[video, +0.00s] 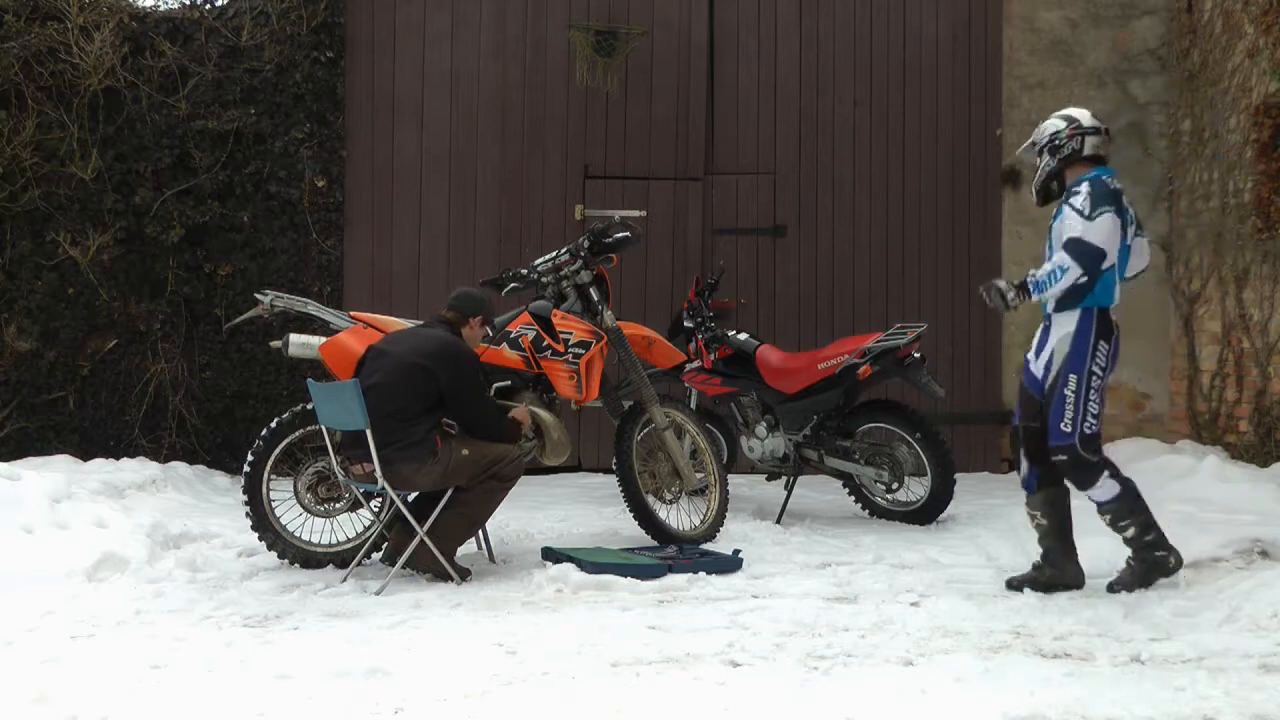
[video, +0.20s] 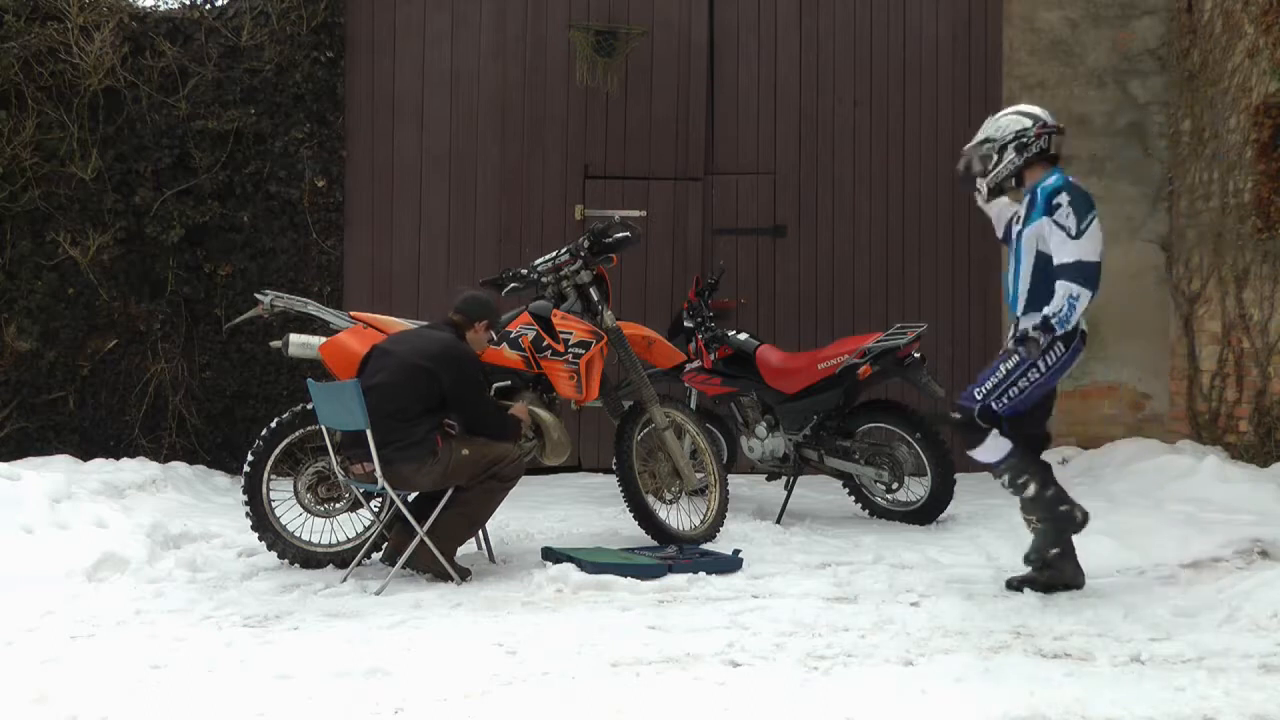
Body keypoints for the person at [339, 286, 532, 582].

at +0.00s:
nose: (484, 335)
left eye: (486, 328)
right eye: (484, 327)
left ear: (446, 314)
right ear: (473, 321)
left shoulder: (400, 337)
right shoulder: (456, 353)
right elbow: (482, 424)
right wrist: (515, 421)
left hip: (357, 455)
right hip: (401, 461)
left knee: (461, 451)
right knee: (508, 462)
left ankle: (401, 543)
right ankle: (435, 551)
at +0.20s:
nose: (490, 342)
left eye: (491, 334)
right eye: (490, 333)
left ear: (453, 317)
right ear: (477, 326)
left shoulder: (402, 337)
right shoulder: (459, 355)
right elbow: (481, 422)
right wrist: (515, 419)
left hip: (358, 455)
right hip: (401, 461)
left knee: (465, 452)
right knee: (508, 462)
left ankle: (402, 543)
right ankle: (435, 550)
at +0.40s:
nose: (491, 346)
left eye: (494, 339)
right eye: (493, 338)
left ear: (458, 317)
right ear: (483, 329)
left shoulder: (403, 337)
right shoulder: (462, 357)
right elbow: (489, 427)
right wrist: (513, 414)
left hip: (358, 454)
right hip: (401, 461)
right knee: (509, 463)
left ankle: (402, 543)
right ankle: (435, 551)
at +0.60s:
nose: (492, 345)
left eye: (495, 339)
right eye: (494, 337)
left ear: (459, 317)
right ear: (484, 329)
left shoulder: (405, 337)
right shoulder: (461, 356)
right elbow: (494, 428)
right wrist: (514, 417)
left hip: (358, 454)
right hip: (401, 461)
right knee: (509, 463)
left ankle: (402, 543)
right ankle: (435, 551)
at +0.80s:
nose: (492, 345)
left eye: (495, 339)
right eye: (494, 338)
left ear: (459, 317)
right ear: (484, 329)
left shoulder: (405, 337)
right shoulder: (461, 357)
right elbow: (493, 429)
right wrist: (514, 420)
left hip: (357, 456)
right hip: (401, 461)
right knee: (508, 464)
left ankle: (402, 543)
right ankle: (435, 551)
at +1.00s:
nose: (492, 345)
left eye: (495, 338)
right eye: (493, 337)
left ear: (459, 317)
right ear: (483, 329)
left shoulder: (404, 337)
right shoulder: (461, 357)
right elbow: (485, 422)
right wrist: (516, 423)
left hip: (357, 456)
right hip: (400, 461)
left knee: (464, 453)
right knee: (508, 464)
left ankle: (402, 543)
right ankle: (435, 550)